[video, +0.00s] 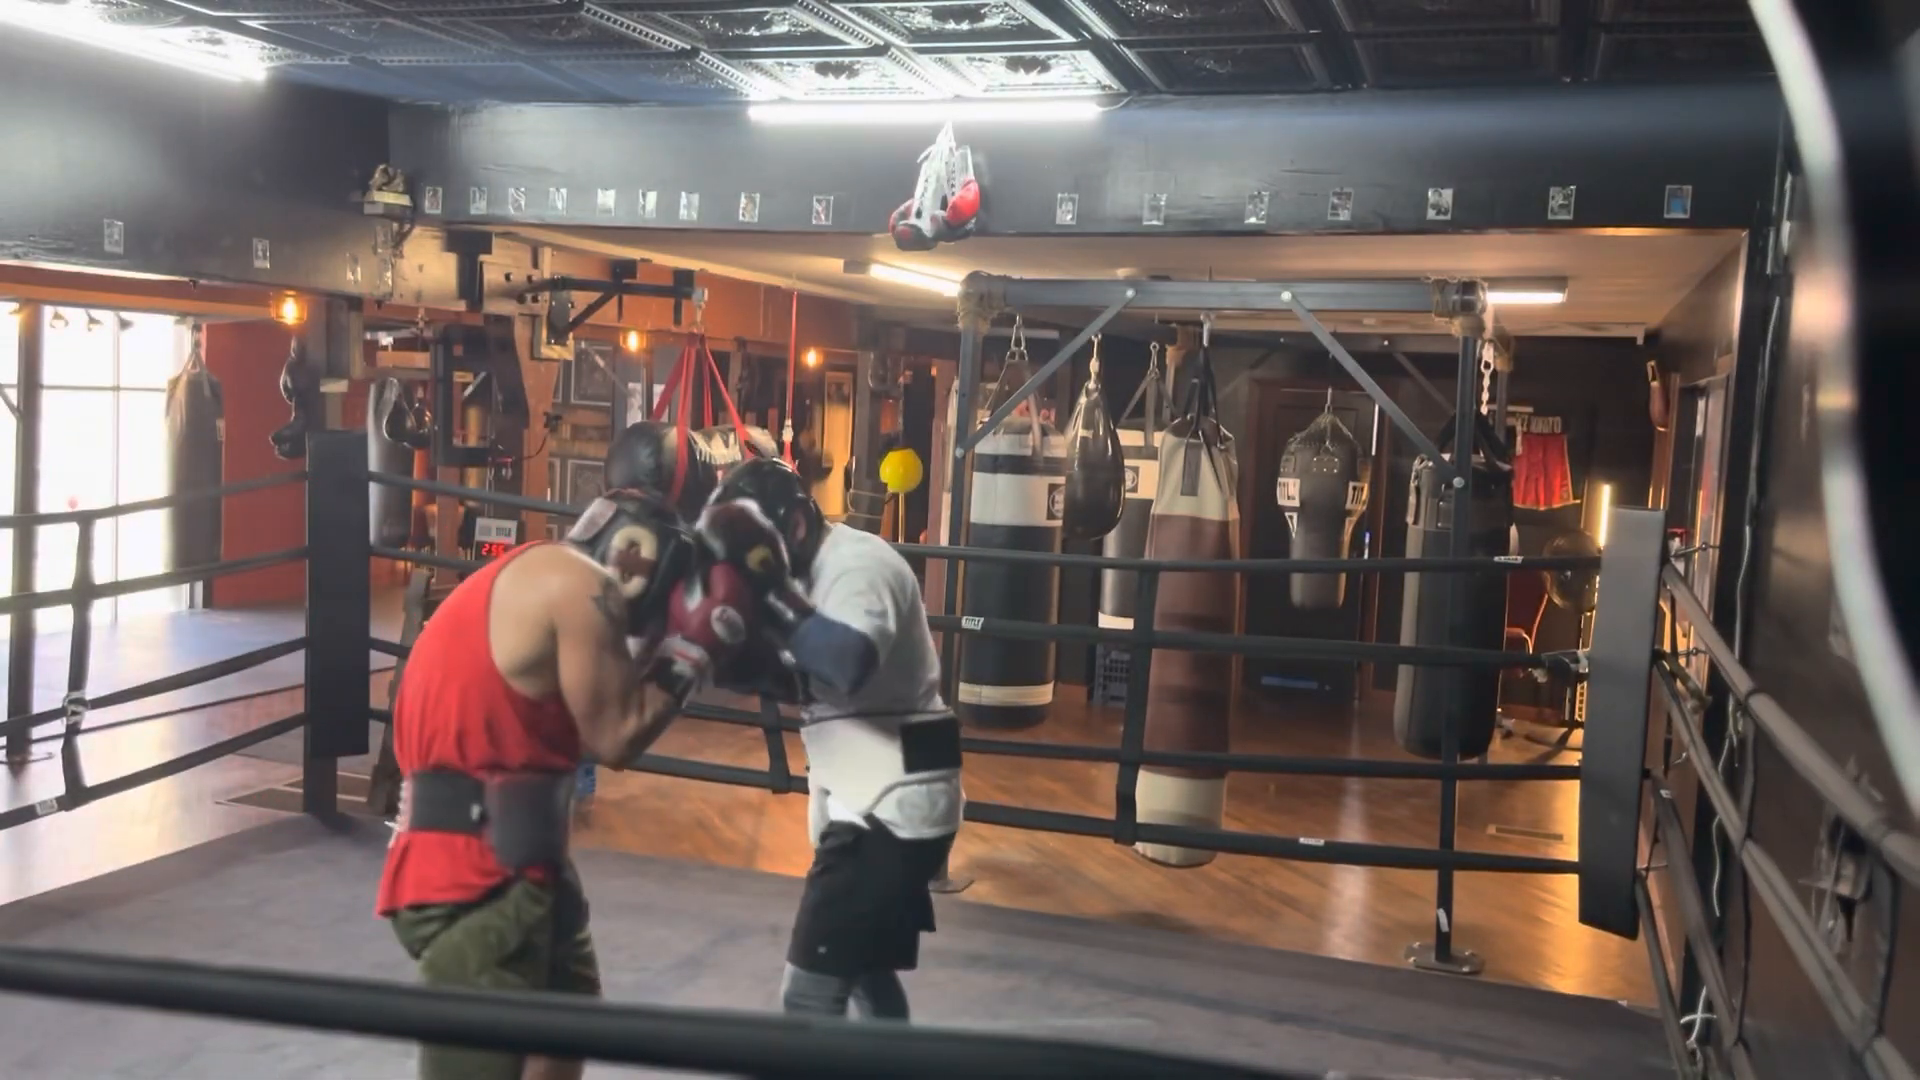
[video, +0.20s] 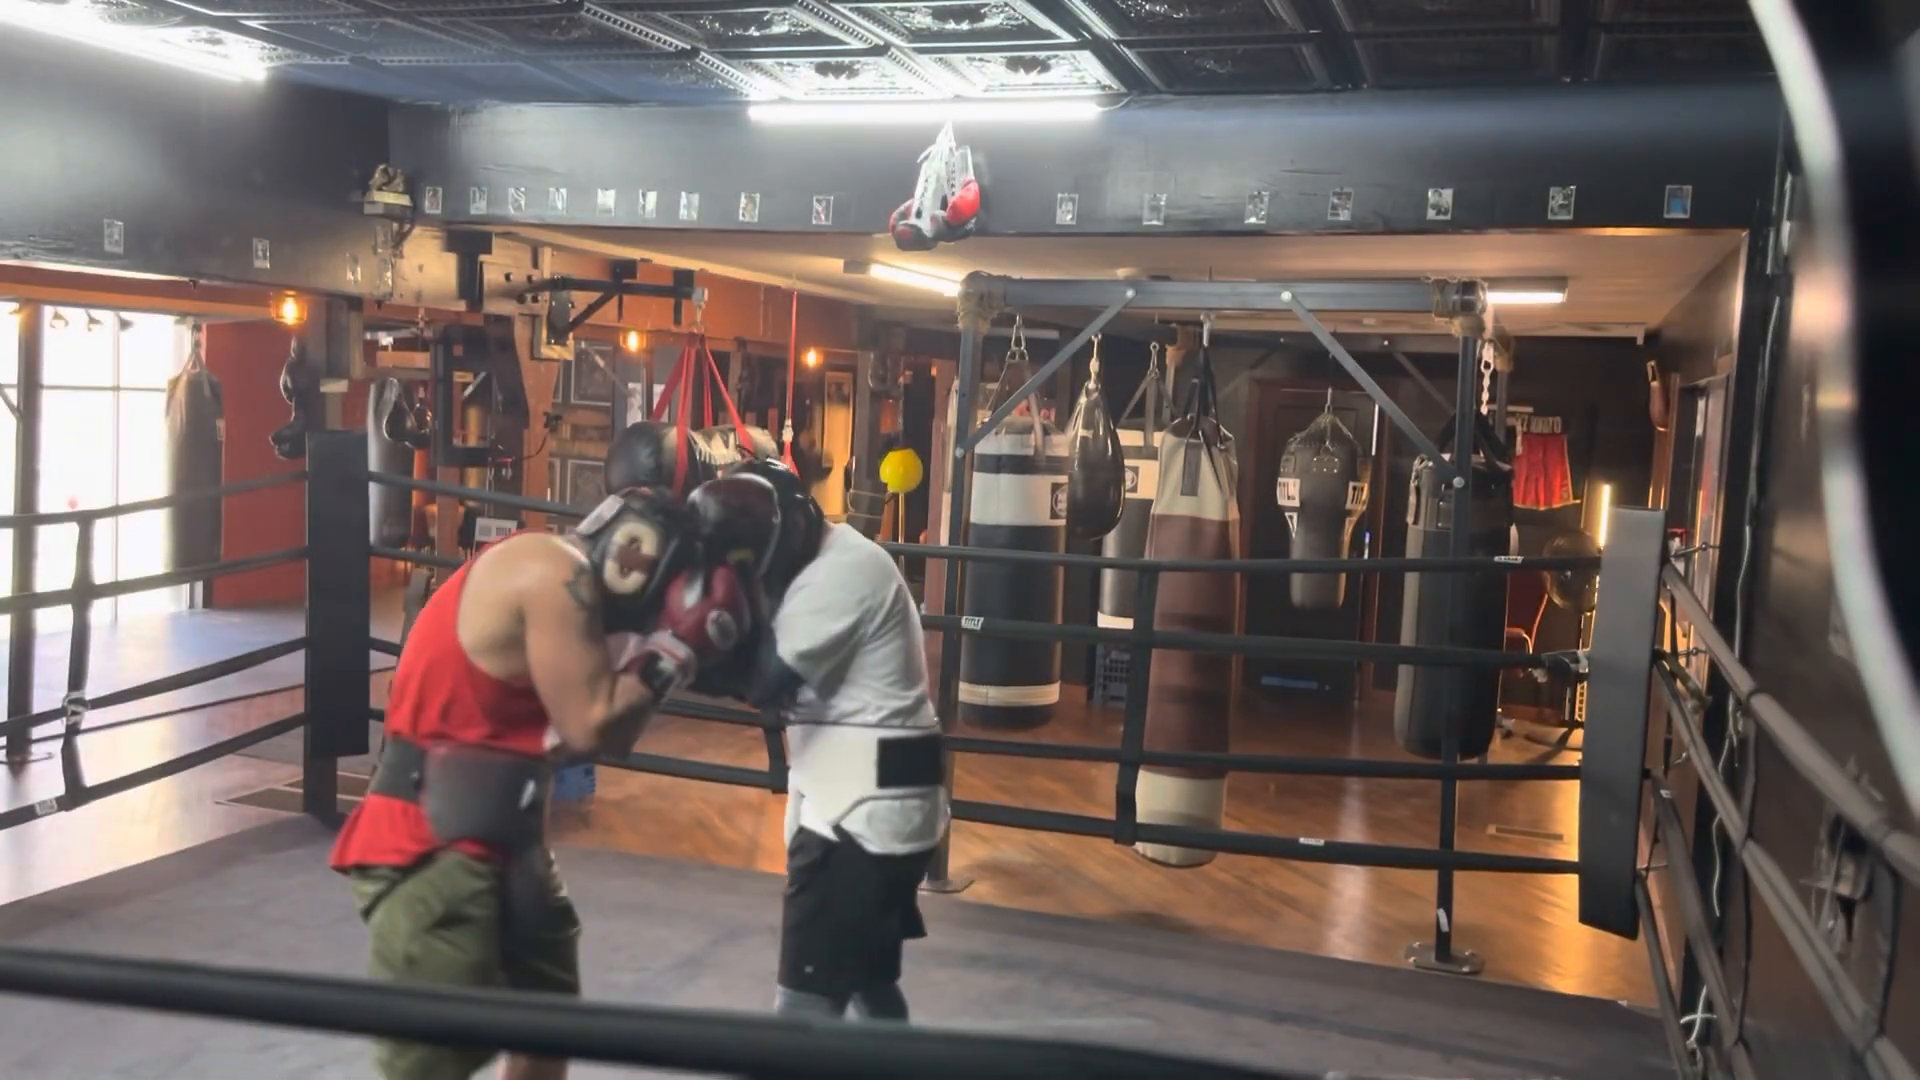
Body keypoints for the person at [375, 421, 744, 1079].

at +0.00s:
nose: (660, 582)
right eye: (664, 564)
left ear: (612, 527)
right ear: (637, 548)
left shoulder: (544, 573)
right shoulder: (572, 583)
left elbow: (606, 723)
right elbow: (615, 740)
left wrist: (669, 647)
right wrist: (689, 658)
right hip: (479, 877)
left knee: (564, 1040)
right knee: (483, 1063)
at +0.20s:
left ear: (633, 548)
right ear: (638, 554)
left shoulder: (575, 580)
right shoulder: (550, 573)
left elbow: (610, 734)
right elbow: (587, 728)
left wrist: (672, 650)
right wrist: (670, 651)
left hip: (495, 839)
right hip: (426, 843)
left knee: (547, 1033)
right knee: (440, 1051)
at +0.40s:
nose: (589, 592)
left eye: (597, 577)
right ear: (559, 556)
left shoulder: (502, 581)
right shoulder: (467, 592)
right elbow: (535, 732)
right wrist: (618, 642)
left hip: (450, 850)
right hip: (373, 861)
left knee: (512, 1024)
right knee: (361, 1062)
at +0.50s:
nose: (516, 578)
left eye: (531, 568)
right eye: (507, 555)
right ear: (481, 540)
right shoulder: (418, 615)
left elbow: (486, 708)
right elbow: (496, 743)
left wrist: (544, 628)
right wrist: (571, 647)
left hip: (407, 865)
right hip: (333, 890)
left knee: (482, 1023)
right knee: (317, 1066)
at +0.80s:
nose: (455, 574)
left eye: (472, 567)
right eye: (449, 549)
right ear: (425, 527)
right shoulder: (348, 620)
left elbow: (427, 678)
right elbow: (450, 727)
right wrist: (519, 630)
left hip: (360, 843)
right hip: (272, 866)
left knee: (415, 1027)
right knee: (264, 1065)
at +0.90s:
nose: (460, 577)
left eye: (470, 562)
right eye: (452, 554)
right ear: (425, 542)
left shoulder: (313, 552)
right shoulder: (356, 623)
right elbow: (462, 716)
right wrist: (531, 624)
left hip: (355, 843)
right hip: (277, 874)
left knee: (432, 997)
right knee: (263, 1065)